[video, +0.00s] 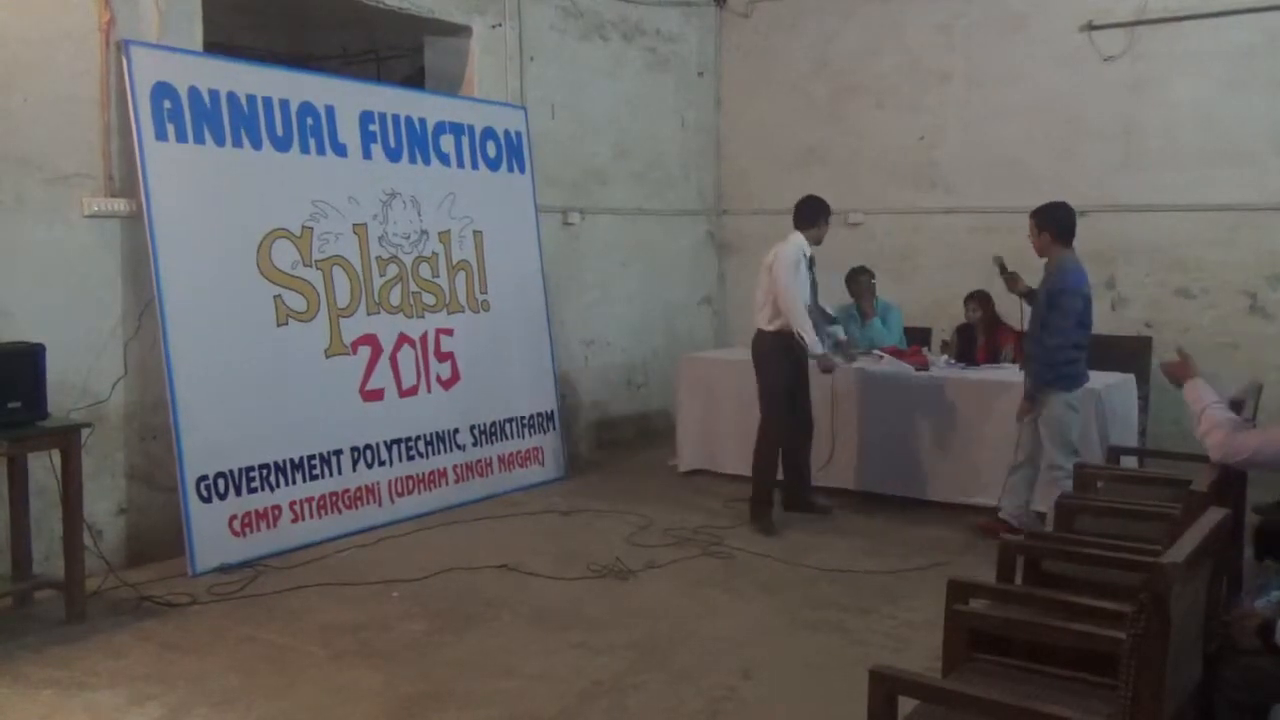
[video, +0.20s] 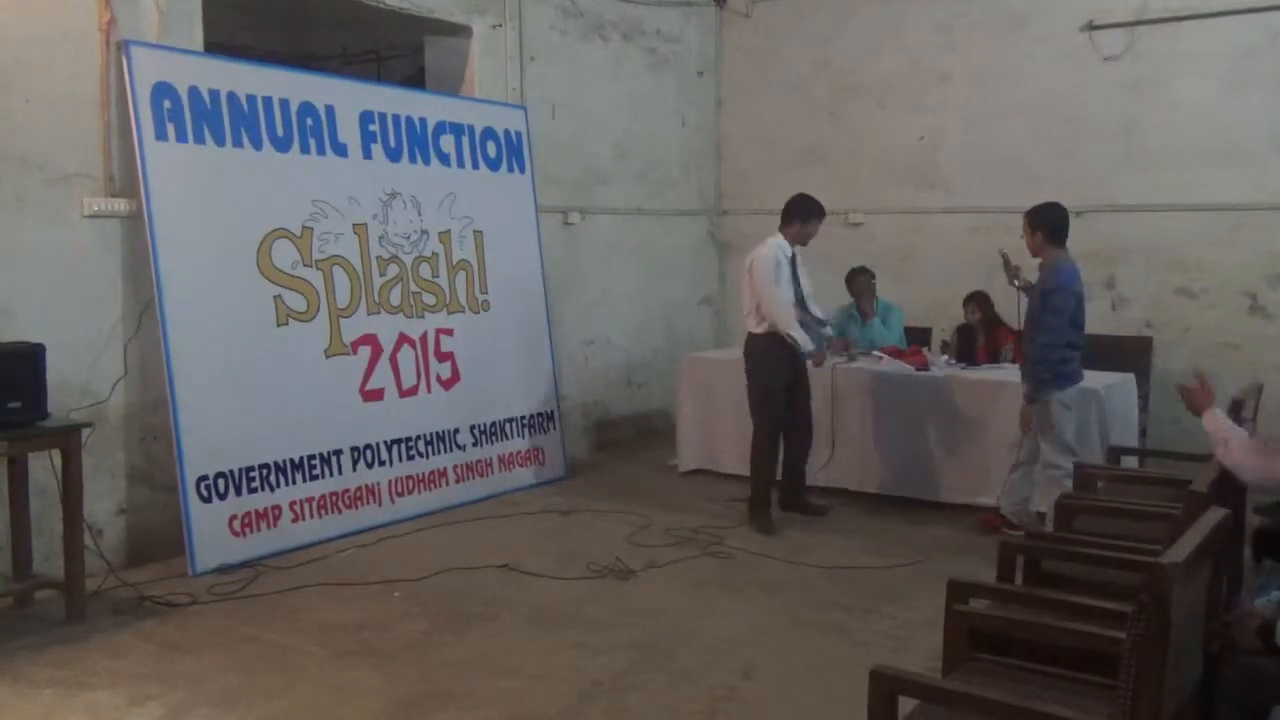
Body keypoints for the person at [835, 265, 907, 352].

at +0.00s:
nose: (864, 290)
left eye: (868, 285)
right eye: (859, 286)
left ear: (874, 287)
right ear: (851, 292)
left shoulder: (891, 311)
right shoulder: (844, 314)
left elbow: (890, 345)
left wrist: (870, 316)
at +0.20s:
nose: (864, 292)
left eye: (867, 286)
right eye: (858, 288)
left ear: (874, 287)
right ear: (851, 292)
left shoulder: (891, 312)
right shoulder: (843, 313)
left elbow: (891, 347)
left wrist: (871, 316)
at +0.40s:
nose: (863, 290)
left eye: (867, 285)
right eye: (858, 286)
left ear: (874, 287)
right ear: (850, 292)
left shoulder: (892, 311)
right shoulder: (844, 313)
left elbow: (891, 346)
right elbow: (825, 341)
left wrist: (870, 315)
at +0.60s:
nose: (864, 291)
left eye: (867, 285)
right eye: (859, 287)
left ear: (874, 287)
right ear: (851, 292)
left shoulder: (892, 311)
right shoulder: (844, 313)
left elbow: (892, 347)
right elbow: (824, 343)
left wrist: (870, 315)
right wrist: (836, 345)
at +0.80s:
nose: (863, 290)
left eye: (867, 284)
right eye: (858, 285)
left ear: (874, 287)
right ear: (850, 292)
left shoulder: (893, 311)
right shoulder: (844, 313)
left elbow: (891, 347)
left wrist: (870, 315)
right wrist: (842, 347)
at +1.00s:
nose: (864, 289)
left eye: (869, 284)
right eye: (859, 285)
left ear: (875, 287)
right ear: (851, 291)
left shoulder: (893, 312)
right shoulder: (844, 313)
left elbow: (890, 347)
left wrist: (870, 315)